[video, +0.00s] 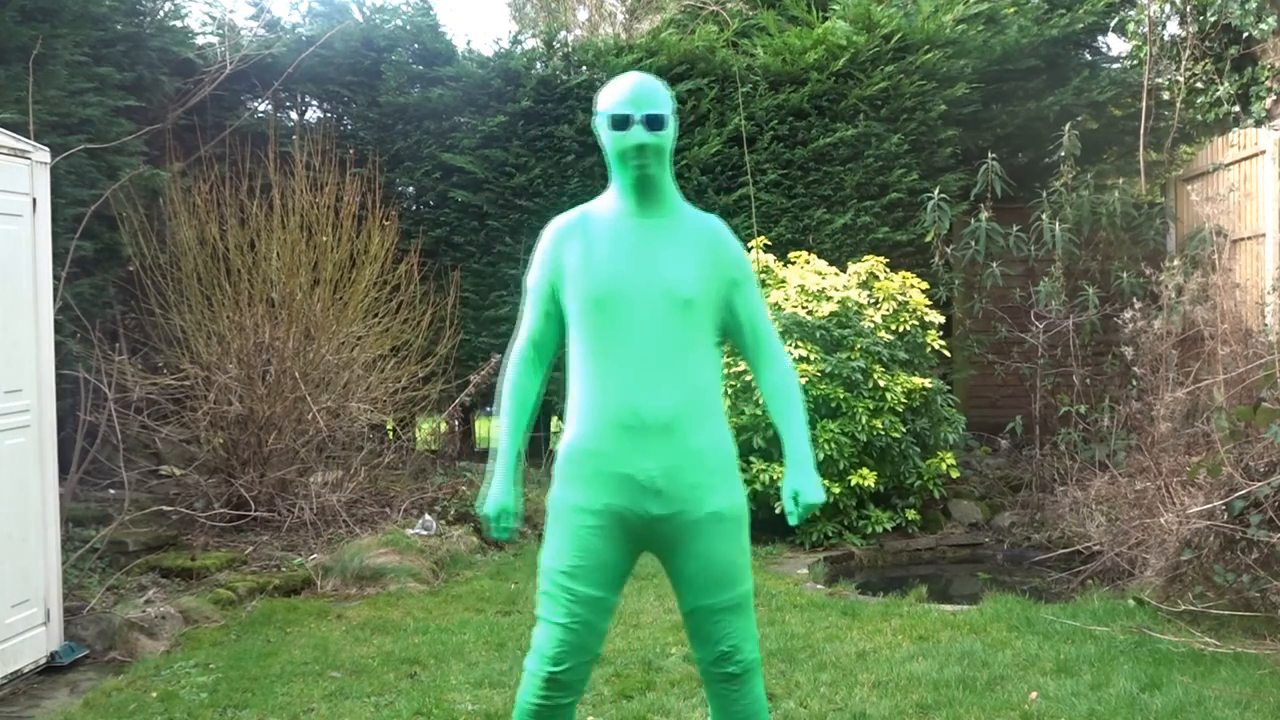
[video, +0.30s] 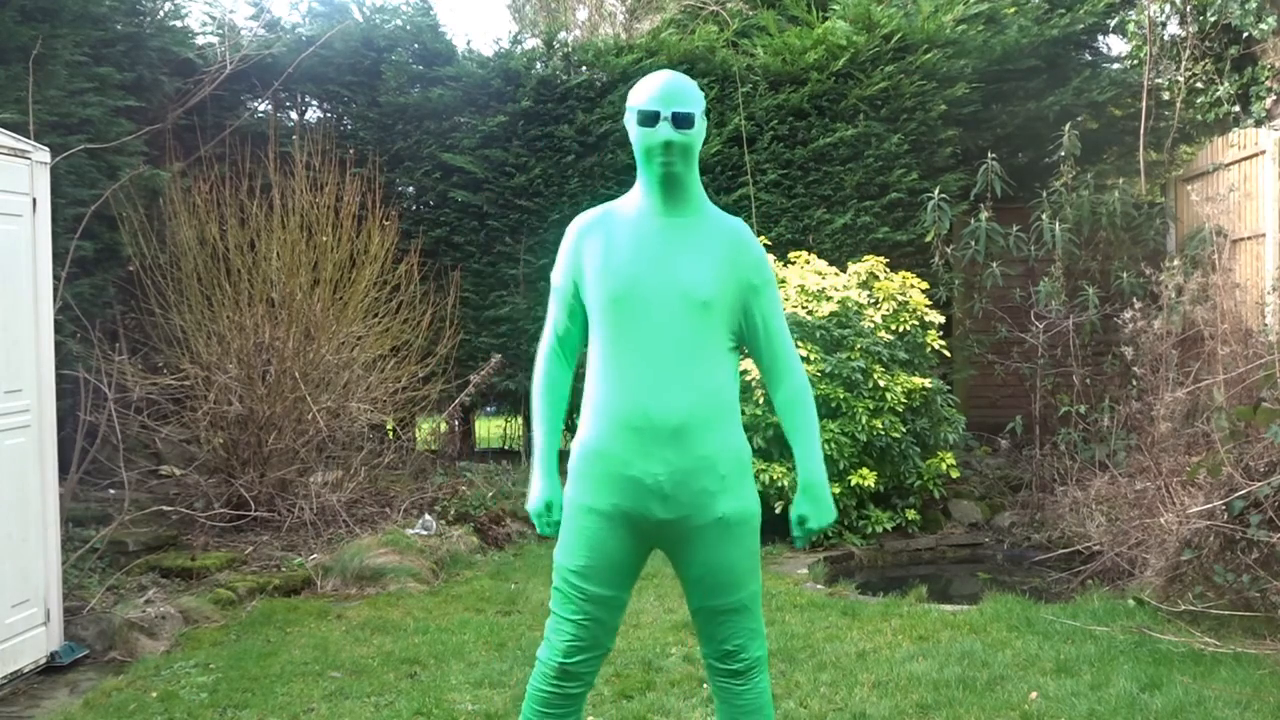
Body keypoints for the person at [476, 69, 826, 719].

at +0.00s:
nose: (639, 136)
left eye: (654, 122)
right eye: (622, 123)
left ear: (674, 132)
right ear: (600, 136)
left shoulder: (713, 240)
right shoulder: (565, 238)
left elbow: (767, 353)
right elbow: (530, 355)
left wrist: (799, 458)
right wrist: (504, 472)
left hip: (704, 485)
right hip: (591, 485)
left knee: (733, 668)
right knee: (554, 670)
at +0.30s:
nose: (666, 132)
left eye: (682, 119)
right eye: (650, 119)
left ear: (703, 131)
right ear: (629, 131)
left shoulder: (737, 243)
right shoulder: (587, 234)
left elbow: (782, 365)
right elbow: (557, 351)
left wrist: (813, 478)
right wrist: (543, 470)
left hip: (716, 489)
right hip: (604, 487)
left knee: (739, 671)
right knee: (564, 666)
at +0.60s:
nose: (645, 134)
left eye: (661, 120)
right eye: (629, 121)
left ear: (683, 130)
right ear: (610, 132)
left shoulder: (720, 243)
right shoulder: (571, 231)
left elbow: (770, 356)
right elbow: (527, 344)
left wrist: (780, 464)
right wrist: (505, 459)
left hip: (697, 487)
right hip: (585, 484)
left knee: (727, 667)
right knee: (553, 665)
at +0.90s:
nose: (634, 134)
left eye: (649, 119)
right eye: (618, 121)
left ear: (673, 129)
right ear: (600, 133)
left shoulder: (712, 238)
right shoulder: (565, 234)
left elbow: (769, 353)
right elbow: (525, 349)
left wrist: (784, 464)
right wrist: (505, 463)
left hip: (694, 486)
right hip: (583, 484)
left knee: (725, 666)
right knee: (551, 666)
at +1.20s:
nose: (636, 135)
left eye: (651, 120)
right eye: (620, 122)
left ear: (675, 129)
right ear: (602, 134)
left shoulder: (715, 238)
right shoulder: (568, 234)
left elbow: (772, 351)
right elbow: (533, 351)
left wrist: (789, 463)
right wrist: (519, 466)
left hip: (698, 486)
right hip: (587, 485)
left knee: (728, 664)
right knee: (554, 665)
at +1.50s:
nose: (638, 135)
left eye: (653, 120)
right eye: (622, 122)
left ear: (676, 128)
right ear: (604, 134)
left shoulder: (716, 238)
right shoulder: (569, 234)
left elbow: (773, 351)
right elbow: (532, 351)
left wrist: (789, 464)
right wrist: (518, 465)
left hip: (698, 486)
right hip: (588, 485)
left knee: (729, 667)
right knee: (554, 666)